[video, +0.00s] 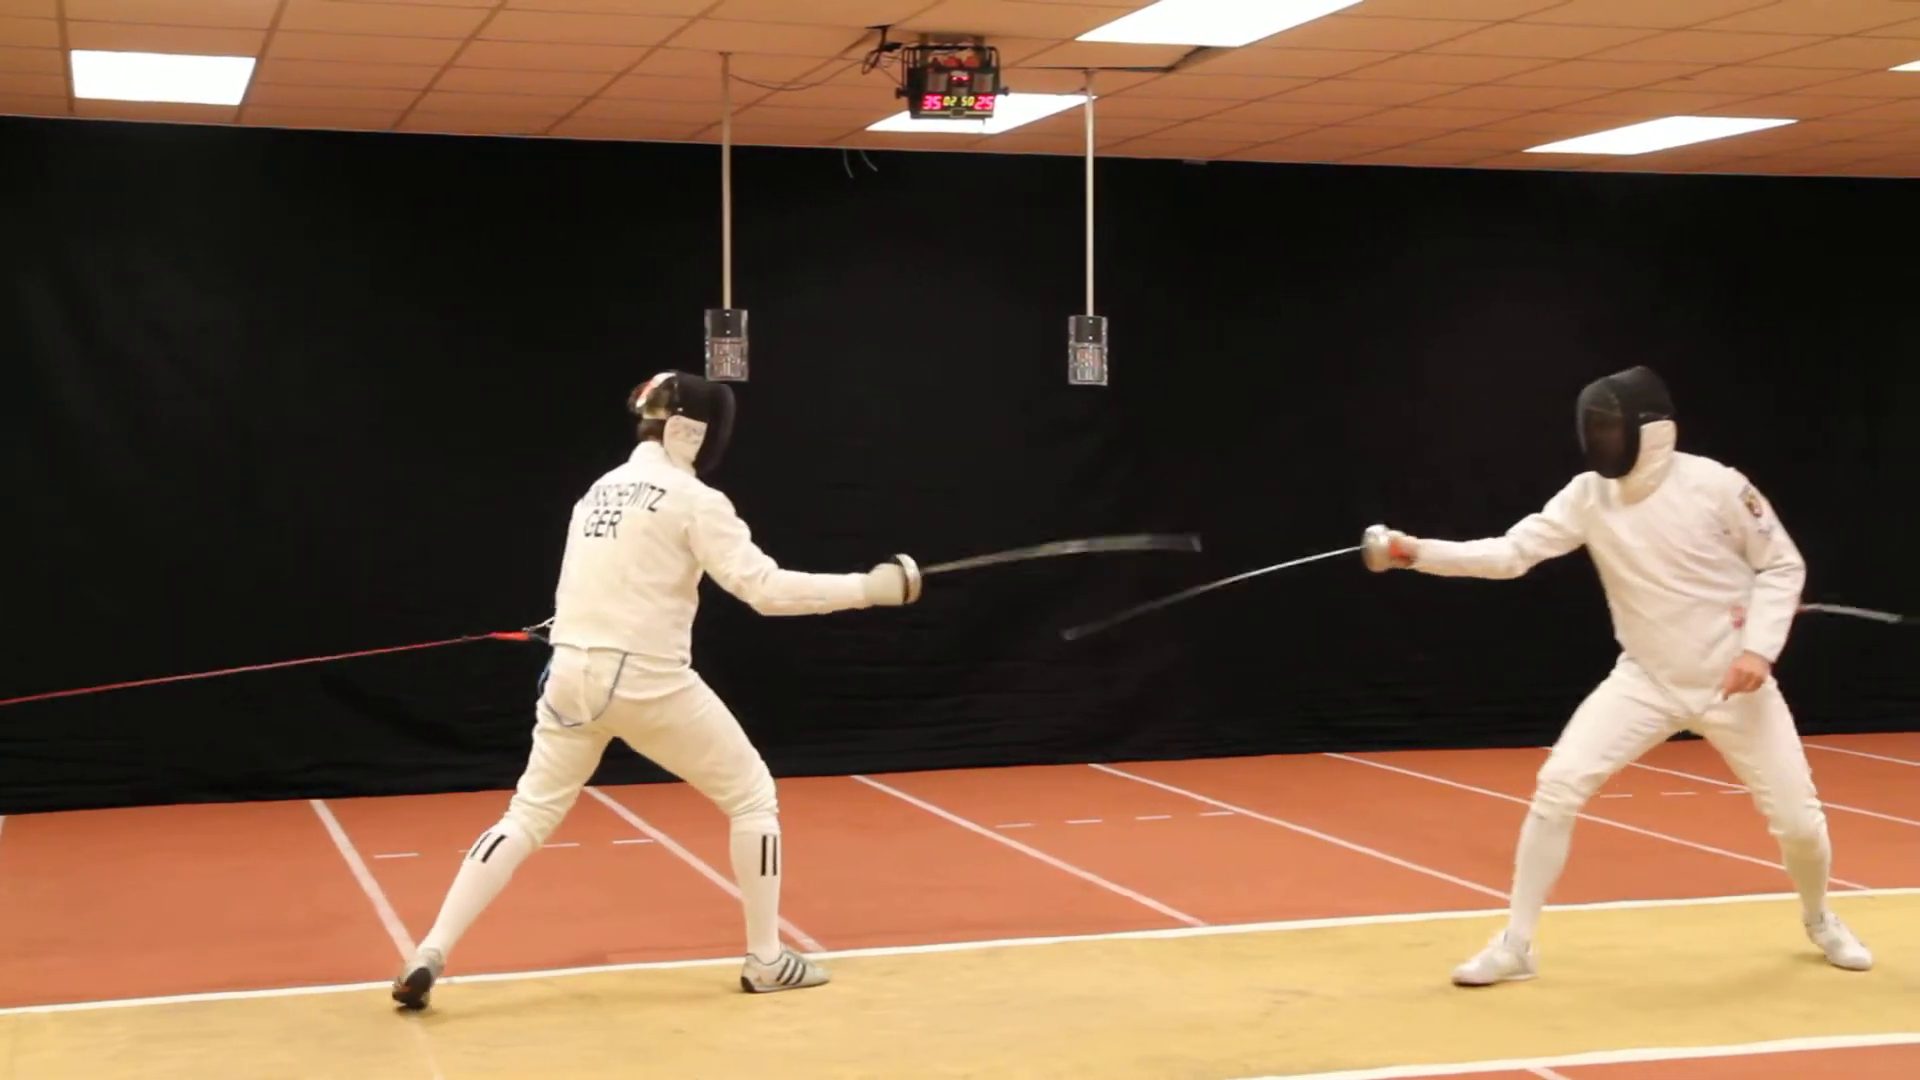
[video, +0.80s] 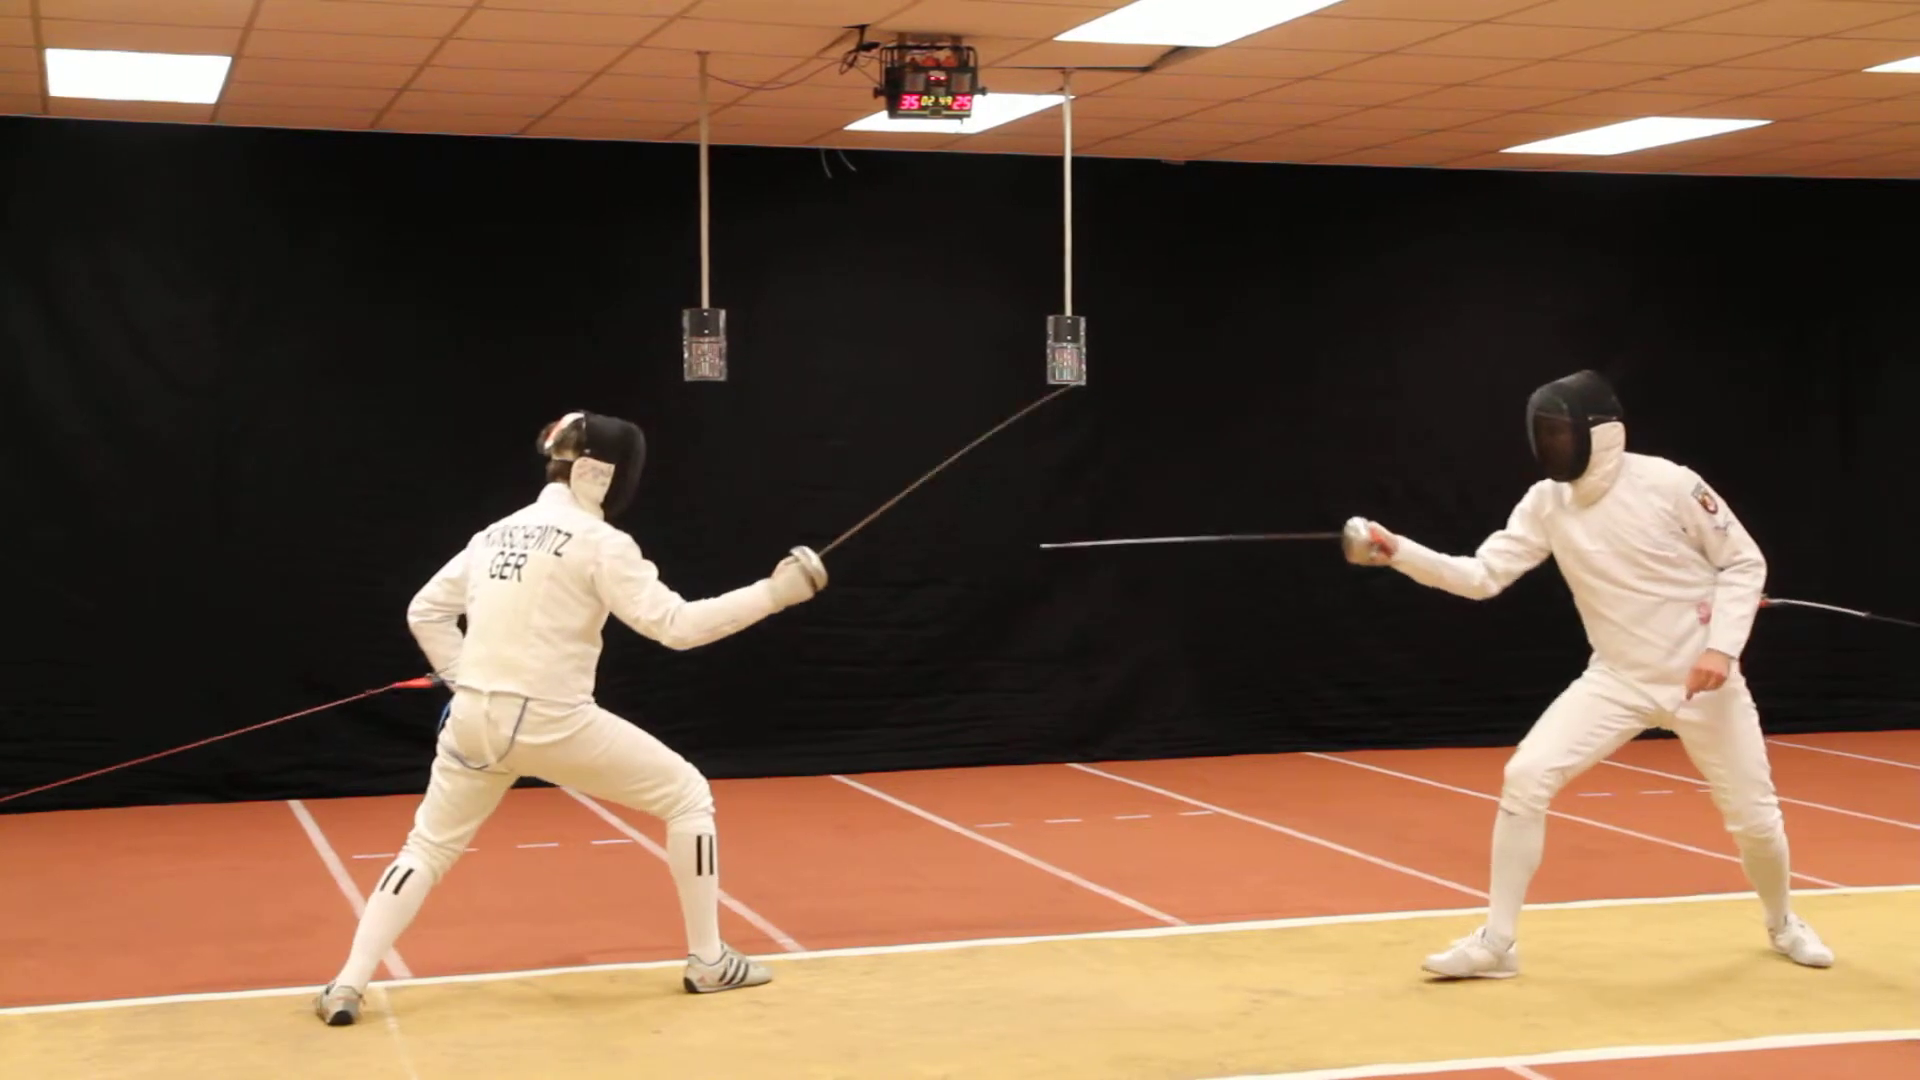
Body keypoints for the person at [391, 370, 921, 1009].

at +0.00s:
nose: (715, 440)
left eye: (710, 426)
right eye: (711, 428)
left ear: (650, 428)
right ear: (695, 435)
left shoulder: (601, 491)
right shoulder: (695, 502)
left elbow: (595, 587)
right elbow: (766, 589)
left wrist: (566, 626)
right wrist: (872, 585)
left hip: (569, 678)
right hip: (652, 682)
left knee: (526, 816)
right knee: (752, 796)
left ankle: (429, 954)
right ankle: (765, 959)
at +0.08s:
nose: (697, 438)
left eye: (694, 425)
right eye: (691, 425)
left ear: (631, 425)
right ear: (672, 430)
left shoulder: (582, 492)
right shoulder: (678, 502)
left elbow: (545, 598)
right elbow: (745, 592)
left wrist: (573, 645)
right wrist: (849, 576)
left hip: (558, 680)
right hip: (641, 683)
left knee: (518, 825)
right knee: (742, 798)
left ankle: (423, 960)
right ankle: (759, 959)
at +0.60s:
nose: (639, 453)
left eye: (636, 440)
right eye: (635, 440)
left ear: (572, 438)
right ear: (614, 444)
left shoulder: (511, 508)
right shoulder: (617, 516)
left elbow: (451, 589)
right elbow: (686, 604)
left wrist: (495, 662)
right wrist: (792, 593)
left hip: (493, 692)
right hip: (576, 693)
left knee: (455, 831)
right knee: (688, 796)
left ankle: (364, 972)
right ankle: (709, 958)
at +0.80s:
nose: (630, 484)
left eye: (624, 469)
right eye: (627, 472)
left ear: (558, 468)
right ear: (610, 478)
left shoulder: (497, 535)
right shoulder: (602, 545)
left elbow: (427, 613)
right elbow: (679, 625)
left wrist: (473, 684)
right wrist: (777, 591)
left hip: (473, 719)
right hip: (555, 721)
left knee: (424, 850)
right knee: (686, 796)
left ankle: (346, 985)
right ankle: (709, 958)